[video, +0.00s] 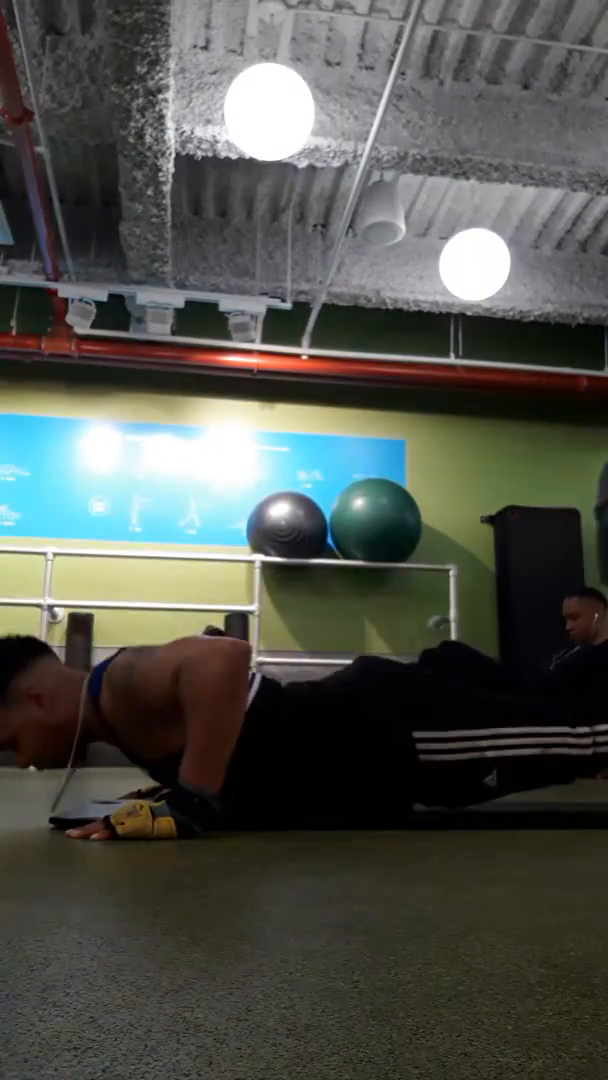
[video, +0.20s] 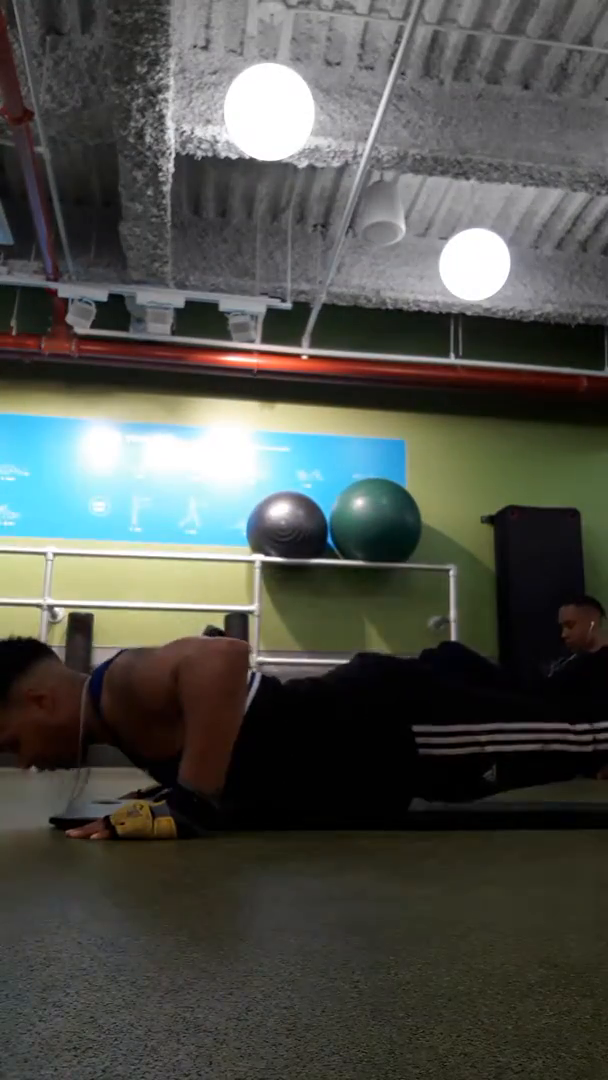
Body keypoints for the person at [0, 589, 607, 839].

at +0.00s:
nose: (24, 759)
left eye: (15, 741)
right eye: (12, 752)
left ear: (39, 692)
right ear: (42, 697)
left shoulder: (119, 682)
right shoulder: (128, 714)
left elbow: (220, 662)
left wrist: (190, 796)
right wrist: (160, 806)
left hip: (386, 726)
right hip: (375, 740)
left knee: (584, 731)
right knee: (548, 722)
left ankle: (592, 641)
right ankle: (588, 639)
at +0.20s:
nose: (27, 760)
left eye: (15, 741)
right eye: (14, 754)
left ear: (39, 692)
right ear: (45, 693)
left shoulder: (119, 684)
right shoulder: (127, 718)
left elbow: (220, 659)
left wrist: (190, 799)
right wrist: (145, 815)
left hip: (380, 731)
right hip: (368, 748)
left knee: (579, 731)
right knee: (545, 723)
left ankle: (590, 646)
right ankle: (583, 645)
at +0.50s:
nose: (55, 598)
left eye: (47, 578)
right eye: (42, 586)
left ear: (74, 541)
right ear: (80, 537)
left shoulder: (165, 557)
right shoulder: (158, 570)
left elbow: (214, 664)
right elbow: (215, 678)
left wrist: (185, 799)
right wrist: (192, 796)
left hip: (416, 636)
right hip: (404, 655)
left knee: (589, 696)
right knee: (555, 733)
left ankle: (586, 634)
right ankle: (580, 642)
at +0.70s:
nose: (82, 528)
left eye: (73, 509)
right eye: (70, 518)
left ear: (105, 465)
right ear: (107, 468)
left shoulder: (181, 498)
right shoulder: (176, 512)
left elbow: (190, 641)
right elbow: (193, 649)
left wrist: (183, 792)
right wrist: (174, 770)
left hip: (423, 593)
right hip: (413, 617)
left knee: (595, 662)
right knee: (558, 726)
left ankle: (587, 608)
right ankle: (579, 616)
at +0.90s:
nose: (54, 590)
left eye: (46, 570)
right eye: (41, 579)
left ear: (76, 535)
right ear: (78, 538)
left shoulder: (169, 557)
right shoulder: (159, 579)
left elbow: (220, 660)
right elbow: (220, 676)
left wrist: (188, 798)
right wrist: (186, 795)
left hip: (415, 641)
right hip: (403, 659)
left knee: (584, 698)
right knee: (559, 720)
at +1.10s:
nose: (15, 716)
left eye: (7, 696)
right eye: (4, 706)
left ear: (38, 651)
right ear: (44, 651)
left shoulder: (123, 659)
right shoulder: (130, 693)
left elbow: (220, 664)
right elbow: (214, 760)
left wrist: (188, 798)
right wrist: (140, 814)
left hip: (399, 718)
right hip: (386, 733)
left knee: (583, 724)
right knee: (555, 713)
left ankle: (597, 637)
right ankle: (596, 635)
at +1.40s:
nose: (30, 695)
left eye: (21, 676)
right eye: (17, 685)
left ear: (43, 636)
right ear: (44, 635)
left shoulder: (134, 630)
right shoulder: (123, 663)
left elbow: (217, 658)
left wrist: (190, 796)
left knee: (562, 712)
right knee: (539, 718)